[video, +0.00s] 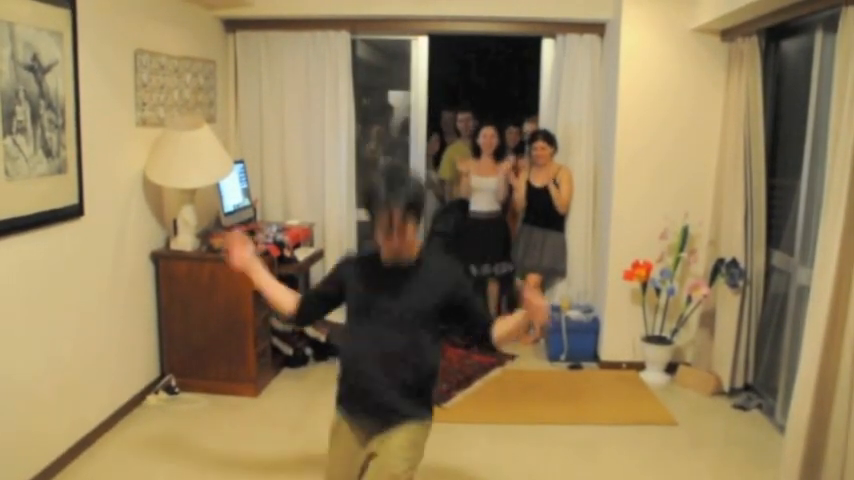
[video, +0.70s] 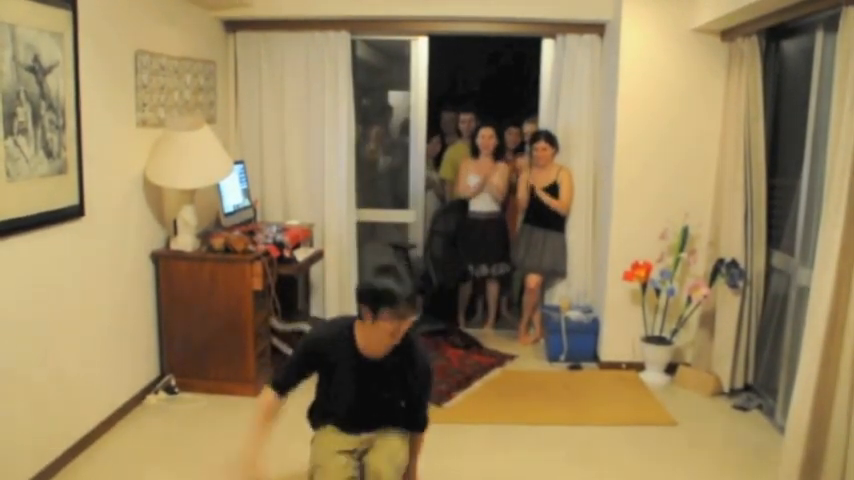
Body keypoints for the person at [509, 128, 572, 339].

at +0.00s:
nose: (538, 153)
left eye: (543, 148)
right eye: (535, 148)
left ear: (552, 150)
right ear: (530, 152)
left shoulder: (562, 173)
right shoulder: (526, 173)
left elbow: (562, 207)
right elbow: (519, 207)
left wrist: (551, 185)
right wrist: (517, 184)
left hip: (550, 232)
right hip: (528, 229)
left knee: (533, 281)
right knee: (527, 283)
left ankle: (532, 327)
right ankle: (533, 327)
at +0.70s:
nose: (539, 154)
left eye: (544, 149)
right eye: (536, 149)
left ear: (554, 151)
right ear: (532, 152)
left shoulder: (562, 173)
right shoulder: (528, 174)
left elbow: (564, 208)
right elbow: (522, 201)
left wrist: (541, 194)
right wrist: (523, 177)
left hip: (551, 231)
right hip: (530, 229)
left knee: (533, 281)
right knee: (533, 284)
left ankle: (523, 325)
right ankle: (538, 328)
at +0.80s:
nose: (539, 154)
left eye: (544, 149)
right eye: (536, 149)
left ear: (554, 151)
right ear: (532, 152)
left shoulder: (563, 174)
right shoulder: (527, 175)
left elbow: (564, 208)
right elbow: (521, 205)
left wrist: (548, 189)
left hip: (551, 232)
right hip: (530, 229)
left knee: (533, 281)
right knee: (533, 285)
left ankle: (523, 325)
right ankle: (538, 329)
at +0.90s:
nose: (540, 154)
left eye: (544, 149)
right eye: (536, 149)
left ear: (554, 151)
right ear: (532, 152)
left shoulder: (562, 174)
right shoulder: (527, 173)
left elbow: (563, 208)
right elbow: (520, 207)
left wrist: (555, 188)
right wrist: (517, 186)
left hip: (551, 232)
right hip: (530, 229)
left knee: (533, 281)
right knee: (535, 284)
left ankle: (523, 325)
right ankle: (538, 328)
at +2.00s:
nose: (541, 141)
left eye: (546, 136)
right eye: (537, 136)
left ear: (555, 138)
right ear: (533, 139)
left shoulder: (563, 162)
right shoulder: (526, 162)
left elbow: (563, 195)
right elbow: (520, 193)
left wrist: (556, 172)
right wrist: (518, 170)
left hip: (553, 221)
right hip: (530, 217)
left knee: (543, 269)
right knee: (529, 267)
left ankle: (533, 314)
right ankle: (533, 313)